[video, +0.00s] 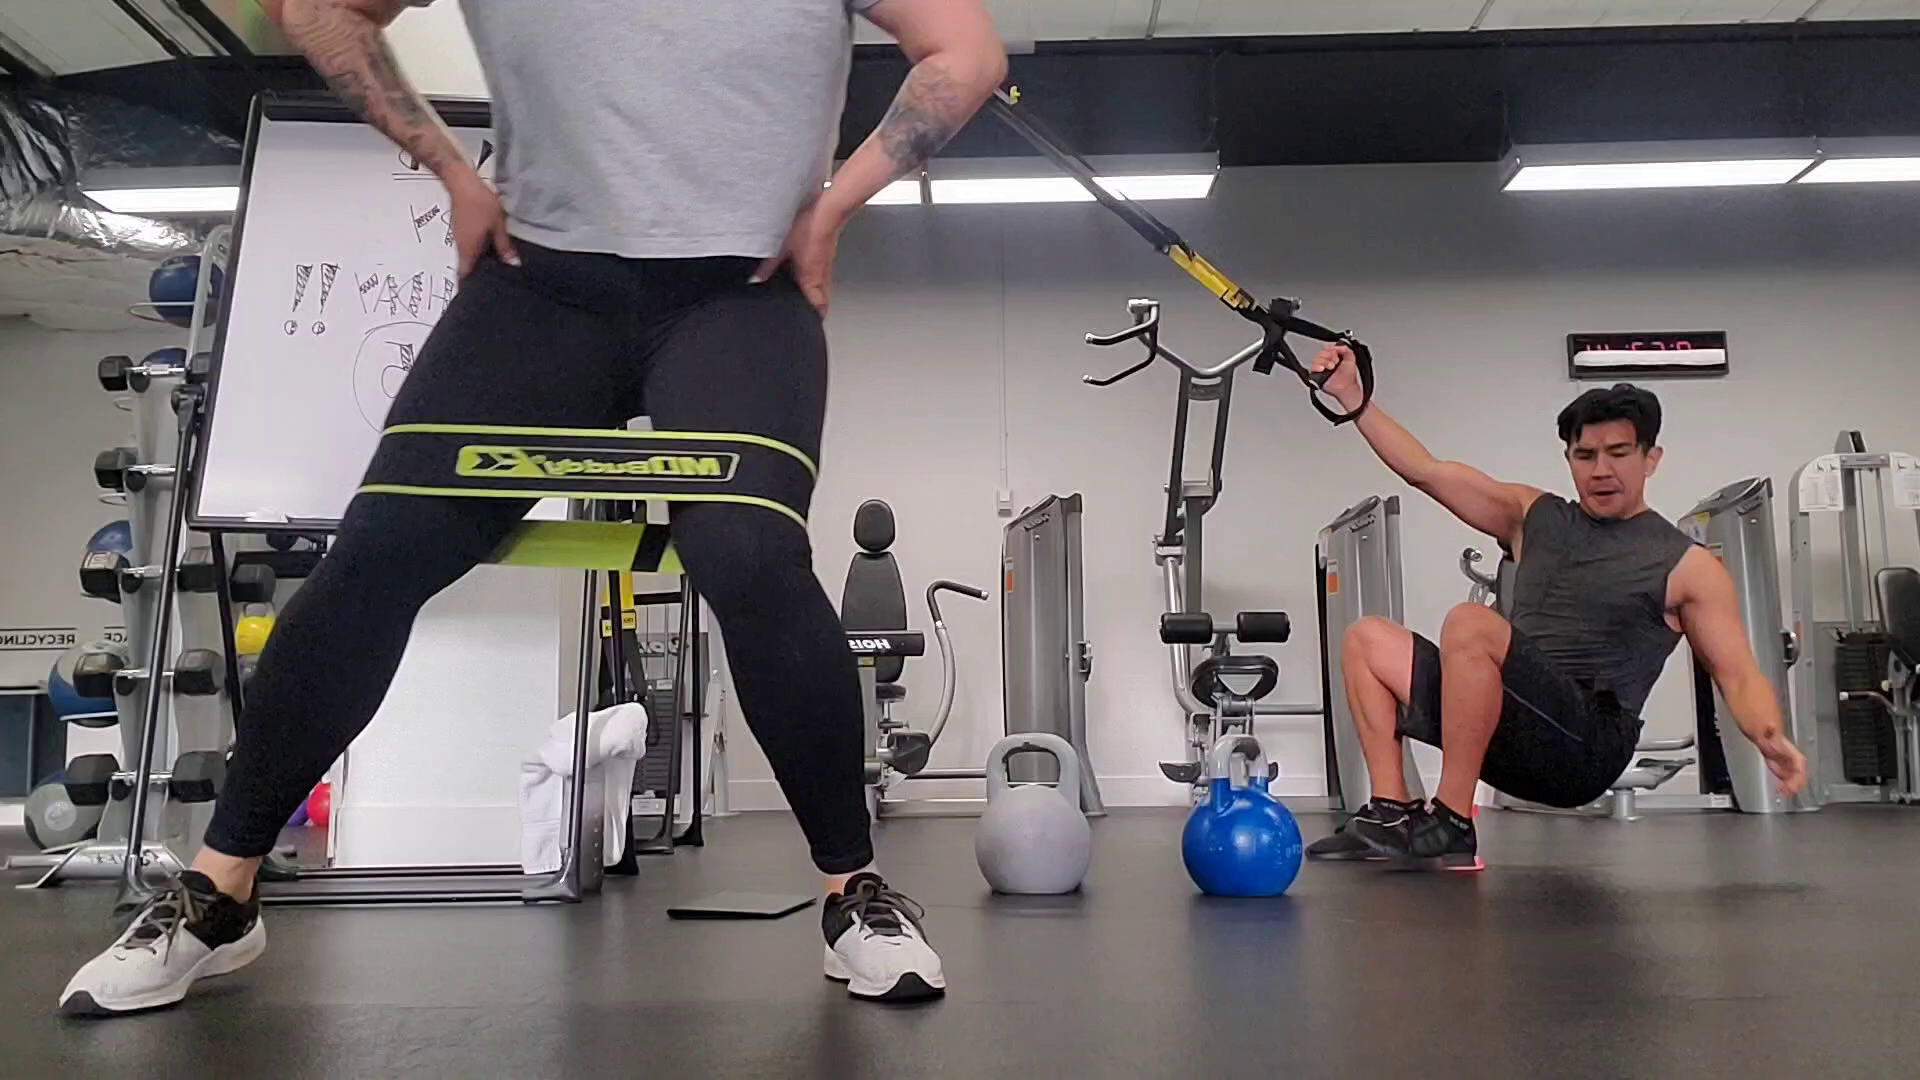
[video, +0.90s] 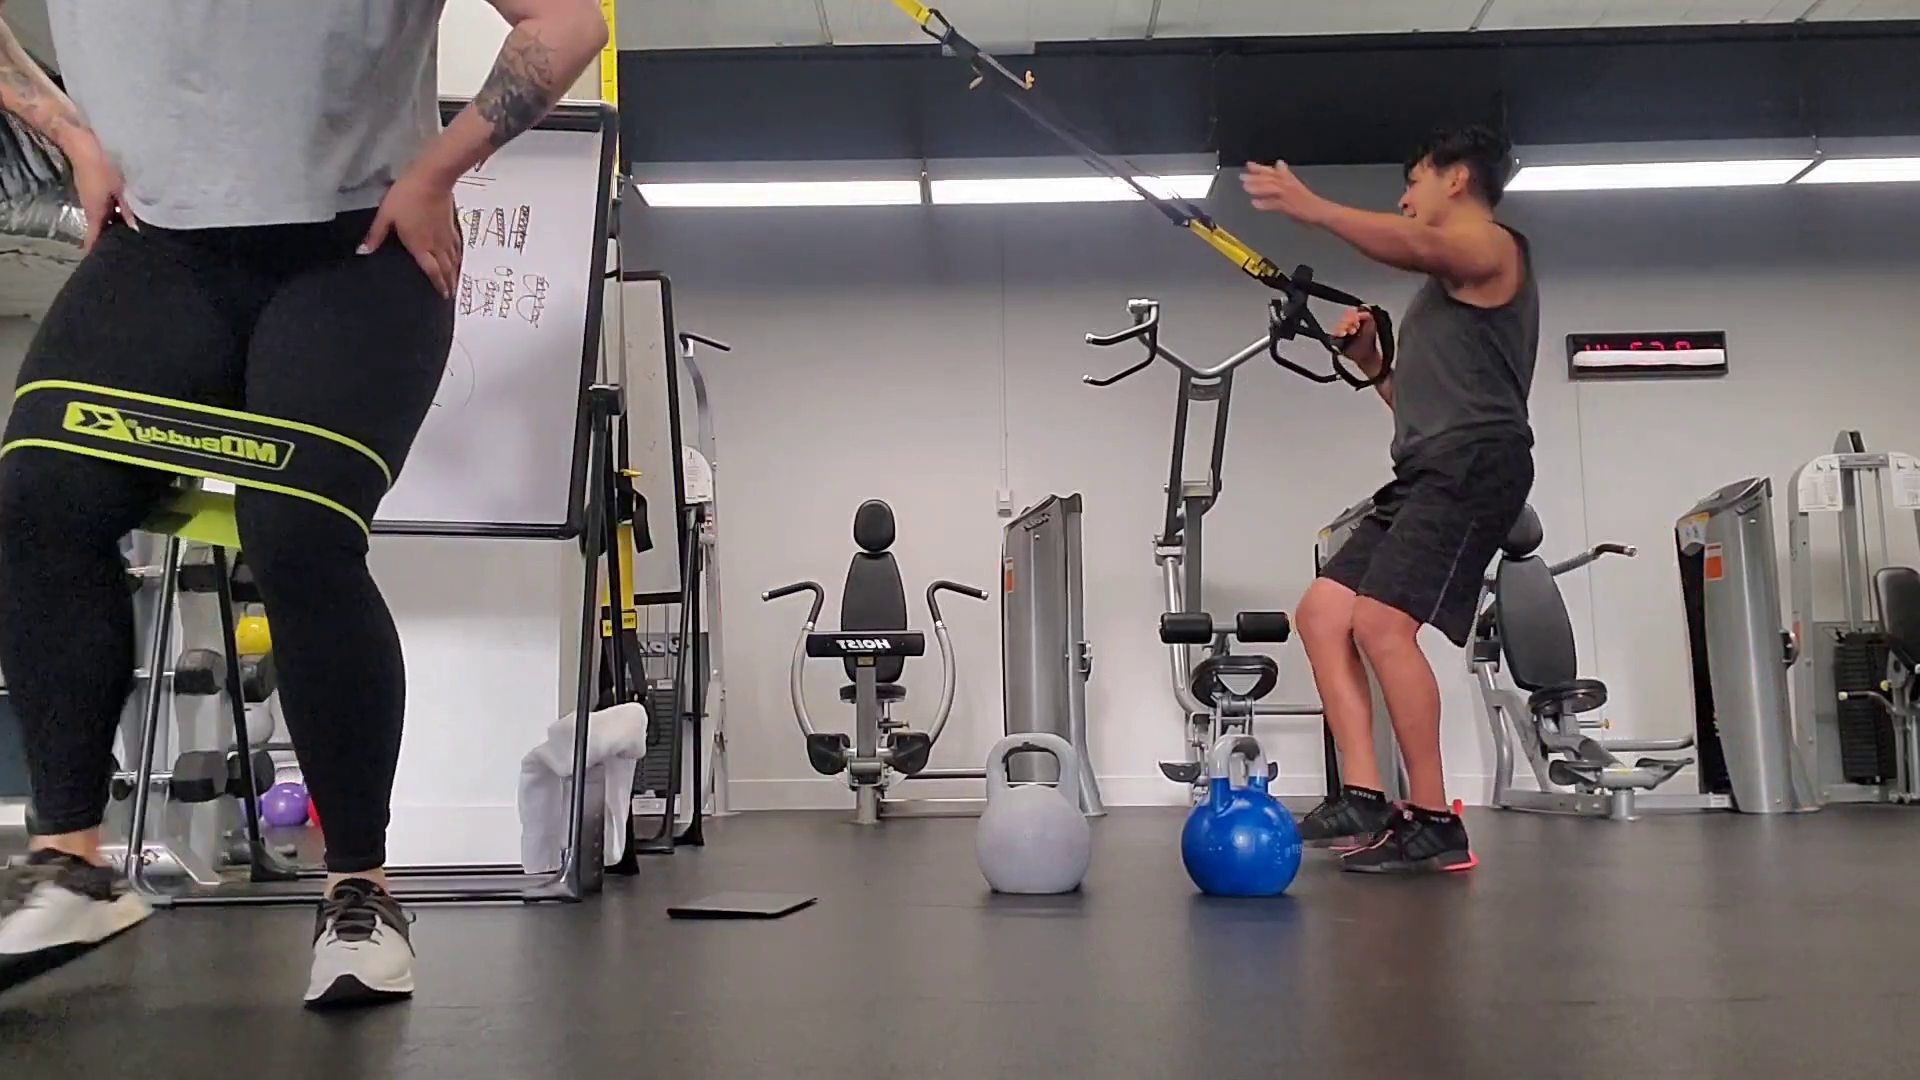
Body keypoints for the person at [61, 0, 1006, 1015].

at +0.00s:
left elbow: (972, 57)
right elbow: (316, 15)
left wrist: (838, 200)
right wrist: (448, 165)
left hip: (739, 288)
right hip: (538, 278)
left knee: (749, 553)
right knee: (376, 548)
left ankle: (855, 895)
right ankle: (217, 893)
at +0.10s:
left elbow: (888, 66)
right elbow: (238, 40)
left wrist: (760, 209)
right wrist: (370, 191)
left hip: (667, 311)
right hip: (460, 306)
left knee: (693, 569)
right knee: (309, 577)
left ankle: (850, 895)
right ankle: (216, 917)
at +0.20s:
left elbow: (795, 52)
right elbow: (145, 35)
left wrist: (672, 197)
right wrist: (275, 182)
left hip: (588, 292)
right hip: (379, 292)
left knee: (644, 563)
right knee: (243, 560)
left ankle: (839, 882)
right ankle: (213, 911)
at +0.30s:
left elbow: (725, 27)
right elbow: (78, 18)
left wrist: (607, 173)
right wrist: (219, 165)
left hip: (528, 247)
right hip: (312, 255)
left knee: (585, 528)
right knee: (215, 553)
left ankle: (732, 859)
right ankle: (211, 910)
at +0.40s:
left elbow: (684, 9)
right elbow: (31, 11)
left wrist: (561, 158)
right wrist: (174, 146)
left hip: (482, 229)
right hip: (269, 237)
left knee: (492, 505)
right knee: (196, 541)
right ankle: (211, 906)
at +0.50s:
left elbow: (650, 12)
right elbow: (16, 18)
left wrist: (529, 165)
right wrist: (140, 139)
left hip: (444, 244)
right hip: (236, 244)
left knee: (404, 509)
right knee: (164, 541)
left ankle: (422, 857)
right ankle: (205, 903)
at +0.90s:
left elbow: (568, 18)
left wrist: (436, 171)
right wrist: (74, 137)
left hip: (358, 247)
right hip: (158, 244)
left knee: (301, 537)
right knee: (39, 504)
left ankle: (359, 893)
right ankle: (71, 860)